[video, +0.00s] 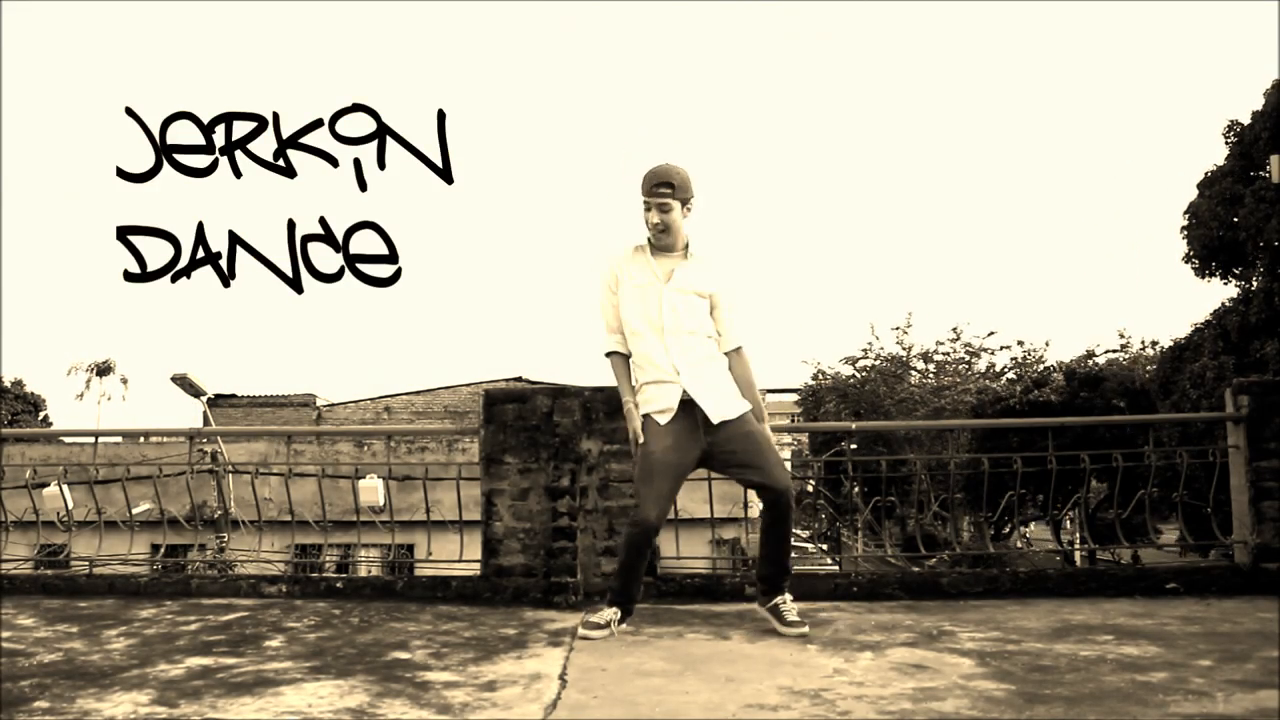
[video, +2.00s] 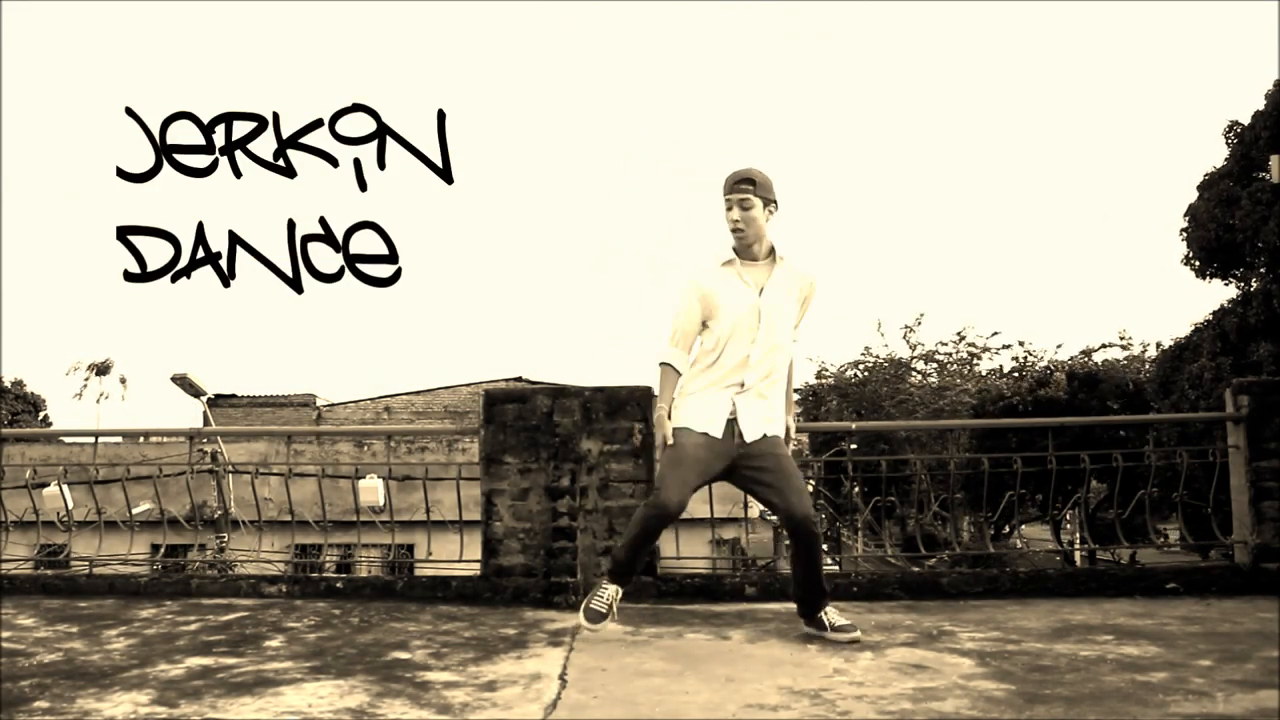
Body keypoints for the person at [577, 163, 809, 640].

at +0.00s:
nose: (655, 216)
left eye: (664, 207)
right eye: (648, 207)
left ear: (686, 209)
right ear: (642, 210)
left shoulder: (710, 271)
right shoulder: (623, 269)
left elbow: (733, 350)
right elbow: (616, 346)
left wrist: (760, 416)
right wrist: (630, 406)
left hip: (724, 404)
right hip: (663, 410)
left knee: (780, 490)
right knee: (647, 518)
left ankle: (773, 594)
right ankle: (618, 608)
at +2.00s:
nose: (734, 217)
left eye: (744, 207)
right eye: (728, 209)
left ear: (770, 212)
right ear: (724, 216)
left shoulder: (798, 285)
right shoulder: (706, 282)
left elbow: (787, 355)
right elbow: (675, 354)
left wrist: (790, 420)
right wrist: (661, 412)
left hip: (762, 425)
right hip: (701, 421)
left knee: (804, 519)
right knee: (667, 502)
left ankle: (814, 611)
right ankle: (613, 583)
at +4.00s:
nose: (658, 167)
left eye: (666, 155)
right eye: (651, 158)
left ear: (697, 154)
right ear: (647, 161)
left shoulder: (730, 218)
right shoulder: (636, 220)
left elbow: (742, 287)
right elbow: (618, 284)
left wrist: (741, 347)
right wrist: (621, 346)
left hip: (715, 387)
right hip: (648, 386)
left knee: (764, 489)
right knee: (621, 501)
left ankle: (797, 624)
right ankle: (578, 609)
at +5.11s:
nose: (768, 128)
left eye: (781, 120)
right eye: (763, 117)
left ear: (803, 128)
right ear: (754, 122)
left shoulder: (808, 208)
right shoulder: (720, 175)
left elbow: (819, 290)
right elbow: (667, 228)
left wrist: (840, 355)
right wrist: (605, 253)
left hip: (751, 358)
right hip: (689, 342)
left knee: (755, 492)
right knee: (658, 430)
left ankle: (753, 614)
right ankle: (668, 563)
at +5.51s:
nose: (741, 143)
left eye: (752, 133)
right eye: (736, 135)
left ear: (782, 140)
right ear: (733, 143)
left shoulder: (808, 213)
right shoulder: (713, 196)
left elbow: (866, 253)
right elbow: (650, 225)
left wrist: (896, 231)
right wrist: (584, 212)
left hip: (749, 363)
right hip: (708, 353)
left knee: (751, 498)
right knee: (773, 480)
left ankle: (647, 593)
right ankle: (765, 628)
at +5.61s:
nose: (749, 142)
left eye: (760, 133)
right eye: (743, 133)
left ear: (788, 141)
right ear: (738, 142)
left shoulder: (812, 216)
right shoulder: (717, 197)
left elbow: (858, 288)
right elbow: (653, 240)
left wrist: (867, 254)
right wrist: (578, 236)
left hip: (762, 367)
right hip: (711, 355)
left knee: (801, 491)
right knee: (760, 481)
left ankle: (687, 576)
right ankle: (763, 633)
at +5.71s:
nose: (763, 138)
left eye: (775, 130)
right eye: (759, 128)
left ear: (800, 140)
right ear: (751, 135)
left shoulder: (812, 213)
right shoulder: (719, 194)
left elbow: (825, 293)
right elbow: (668, 255)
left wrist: (836, 340)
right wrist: (612, 299)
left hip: (781, 356)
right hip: (718, 352)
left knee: (801, 482)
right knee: (727, 485)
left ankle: (798, 596)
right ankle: (744, 623)